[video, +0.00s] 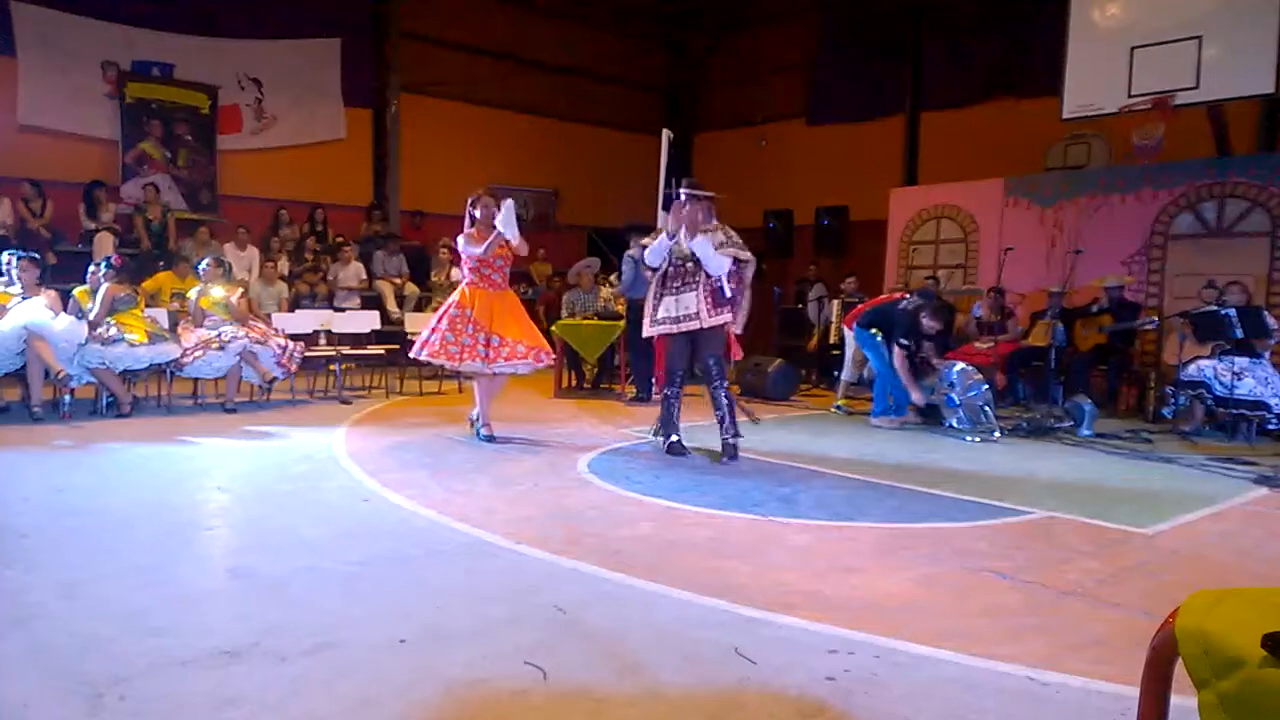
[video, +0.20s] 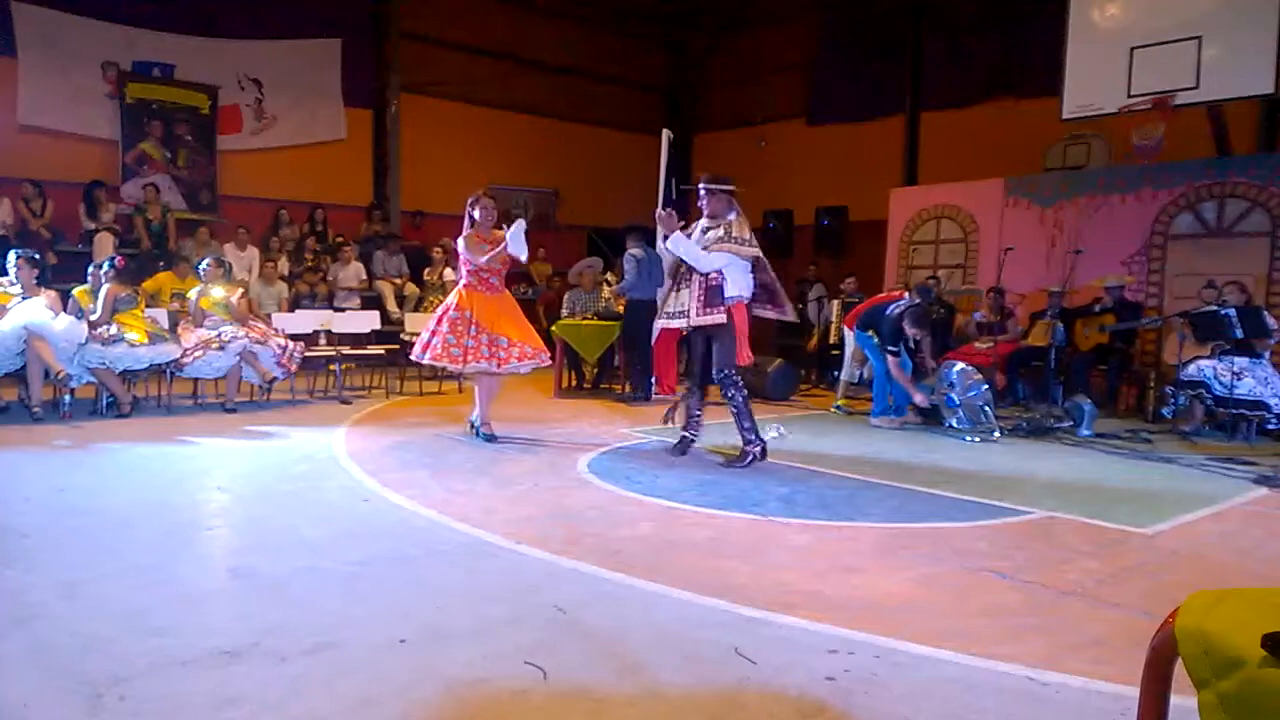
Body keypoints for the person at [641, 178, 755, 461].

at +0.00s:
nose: (682, 212)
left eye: (687, 206)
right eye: (679, 206)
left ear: (702, 208)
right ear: (675, 209)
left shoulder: (721, 235)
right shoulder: (668, 237)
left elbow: (719, 268)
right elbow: (649, 261)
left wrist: (695, 240)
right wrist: (669, 234)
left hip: (711, 315)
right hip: (674, 316)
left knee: (715, 376)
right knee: (674, 376)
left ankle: (729, 438)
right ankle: (671, 434)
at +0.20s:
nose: (702, 202)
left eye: (708, 196)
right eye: (701, 196)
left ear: (726, 199)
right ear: (703, 199)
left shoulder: (737, 234)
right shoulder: (700, 228)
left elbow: (707, 262)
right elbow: (670, 264)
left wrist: (674, 234)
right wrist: (666, 234)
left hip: (727, 311)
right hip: (699, 310)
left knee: (725, 374)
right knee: (696, 376)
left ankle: (753, 442)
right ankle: (690, 431)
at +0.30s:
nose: (715, 205)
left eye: (721, 199)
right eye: (714, 199)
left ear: (738, 203)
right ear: (720, 203)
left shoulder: (741, 236)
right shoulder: (721, 230)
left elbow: (705, 267)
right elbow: (699, 259)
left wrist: (674, 237)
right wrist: (680, 233)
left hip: (739, 311)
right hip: (725, 310)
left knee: (726, 376)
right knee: (724, 374)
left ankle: (754, 444)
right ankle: (733, 433)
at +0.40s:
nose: (726, 208)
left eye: (733, 202)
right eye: (727, 202)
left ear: (751, 206)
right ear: (732, 206)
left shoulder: (757, 237)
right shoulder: (731, 235)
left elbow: (711, 273)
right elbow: (709, 262)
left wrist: (684, 244)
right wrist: (697, 231)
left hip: (747, 317)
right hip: (732, 316)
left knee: (724, 382)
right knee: (748, 379)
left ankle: (754, 445)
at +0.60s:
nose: (752, 212)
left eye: (758, 206)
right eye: (753, 206)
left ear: (776, 210)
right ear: (766, 208)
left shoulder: (781, 241)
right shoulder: (764, 235)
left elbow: (728, 279)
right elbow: (742, 265)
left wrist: (706, 247)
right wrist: (717, 243)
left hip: (767, 324)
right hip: (769, 323)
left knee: (733, 385)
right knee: (786, 389)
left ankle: (757, 449)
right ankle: (845, 440)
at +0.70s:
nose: (765, 210)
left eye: (771, 205)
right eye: (766, 204)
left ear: (789, 209)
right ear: (783, 210)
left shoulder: (795, 243)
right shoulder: (784, 234)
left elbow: (741, 278)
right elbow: (761, 264)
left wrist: (716, 250)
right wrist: (736, 245)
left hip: (783, 329)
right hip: (785, 327)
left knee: (744, 382)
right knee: (794, 393)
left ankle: (759, 452)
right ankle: (846, 457)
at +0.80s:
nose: (778, 208)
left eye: (782, 202)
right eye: (779, 202)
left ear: (798, 206)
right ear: (807, 205)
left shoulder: (788, 241)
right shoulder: (820, 230)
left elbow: (753, 275)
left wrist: (738, 244)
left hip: (794, 327)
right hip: (821, 326)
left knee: (765, 385)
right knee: (819, 396)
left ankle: (760, 453)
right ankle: (855, 465)